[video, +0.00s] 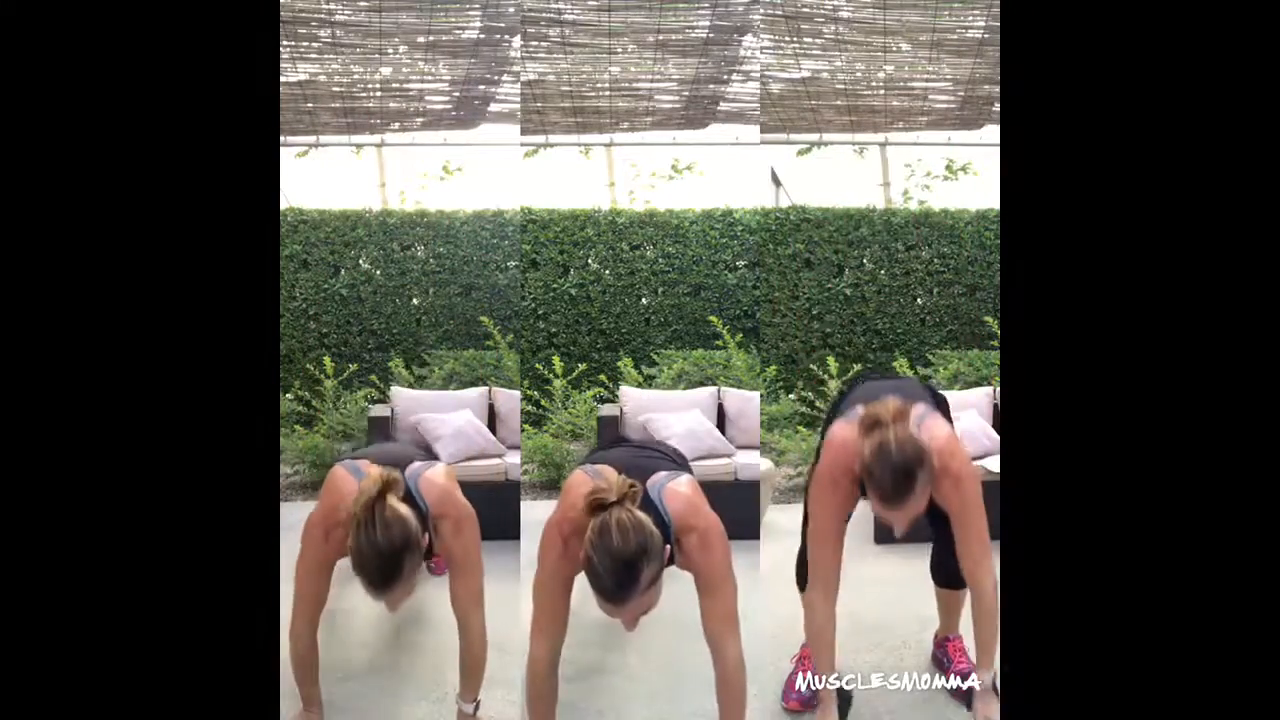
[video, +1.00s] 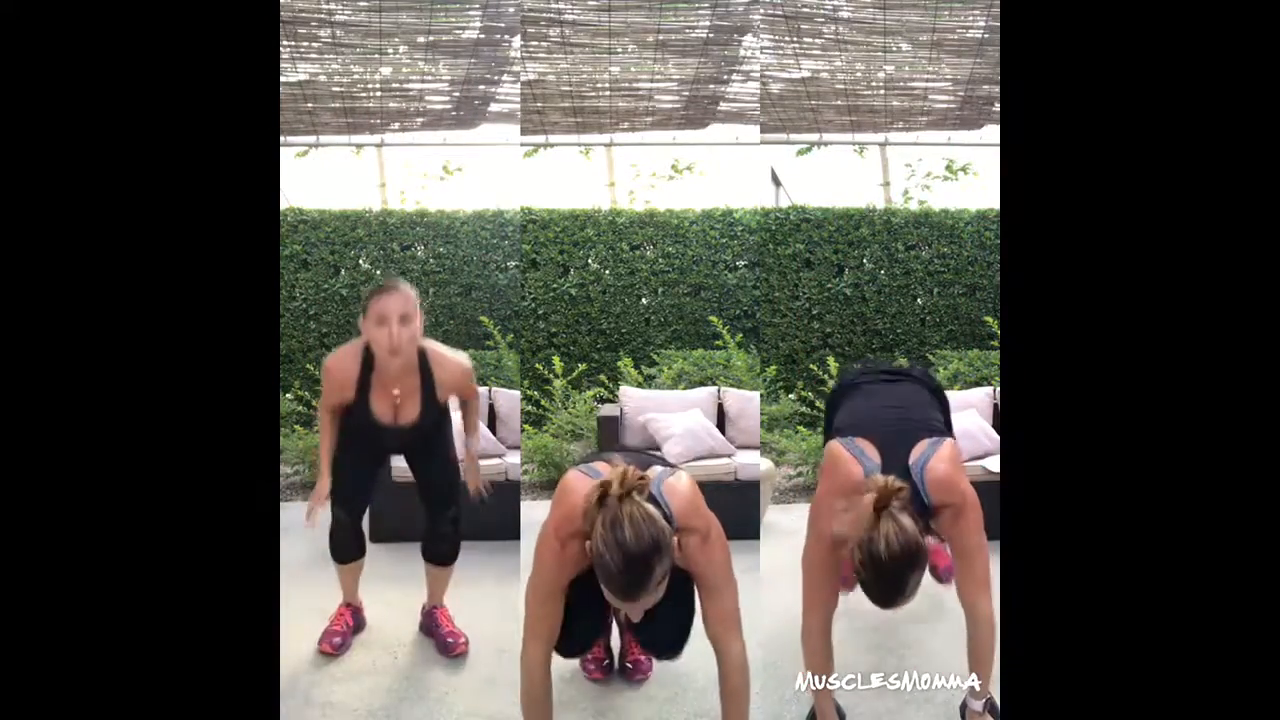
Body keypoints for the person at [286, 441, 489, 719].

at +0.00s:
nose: (393, 606)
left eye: (405, 591)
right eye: (381, 597)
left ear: (424, 541)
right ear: (351, 548)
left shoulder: (452, 510)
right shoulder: (328, 516)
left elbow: (471, 619)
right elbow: (302, 627)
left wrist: (467, 707)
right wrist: (311, 709)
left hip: (430, 466)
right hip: (354, 466)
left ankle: (436, 549)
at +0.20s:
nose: (400, 616)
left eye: (410, 604)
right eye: (388, 610)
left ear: (427, 555)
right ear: (357, 565)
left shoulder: (452, 506)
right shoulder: (339, 506)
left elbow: (476, 618)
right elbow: (307, 618)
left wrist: (468, 706)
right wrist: (311, 709)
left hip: (428, 439)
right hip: (360, 440)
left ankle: (439, 547)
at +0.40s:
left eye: (404, 582)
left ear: (423, 540)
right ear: (360, 542)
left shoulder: (442, 494)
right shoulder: (345, 496)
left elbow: (459, 609)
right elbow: (322, 611)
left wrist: (466, 705)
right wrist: (312, 709)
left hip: (431, 388)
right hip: (361, 387)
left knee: (454, 512)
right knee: (334, 510)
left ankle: (435, 556)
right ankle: (347, 560)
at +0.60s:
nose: (394, 521)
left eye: (404, 509)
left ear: (418, 484)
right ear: (365, 489)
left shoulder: (441, 471)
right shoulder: (345, 471)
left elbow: (468, 588)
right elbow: (312, 592)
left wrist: (473, 692)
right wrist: (302, 696)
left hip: (432, 426)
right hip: (367, 421)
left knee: (453, 525)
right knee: (323, 521)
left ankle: (437, 610)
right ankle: (350, 609)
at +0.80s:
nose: (396, 406)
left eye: (406, 392)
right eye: (382, 394)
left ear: (422, 388)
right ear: (366, 393)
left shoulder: (446, 418)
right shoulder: (349, 418)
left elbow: (489, 500)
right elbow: (302, 503)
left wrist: (487, 589)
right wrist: (299, 592)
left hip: (429, 466)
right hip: (365, 465)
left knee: (454, 528)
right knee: (331, 526)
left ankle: (436, 610)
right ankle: (349, 608)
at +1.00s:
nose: (394, 334)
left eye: (404, 321)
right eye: (382, 323)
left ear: (420, 324)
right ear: (364, 328)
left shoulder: (450, 368)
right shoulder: (342, 367)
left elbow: (471, 399)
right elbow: (329, 412)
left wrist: (472, 456)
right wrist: (324, 475)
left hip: (426, 430)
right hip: (362, 430)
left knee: (446, 516)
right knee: (344, 516)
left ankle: (435, 610)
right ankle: (350, 607)